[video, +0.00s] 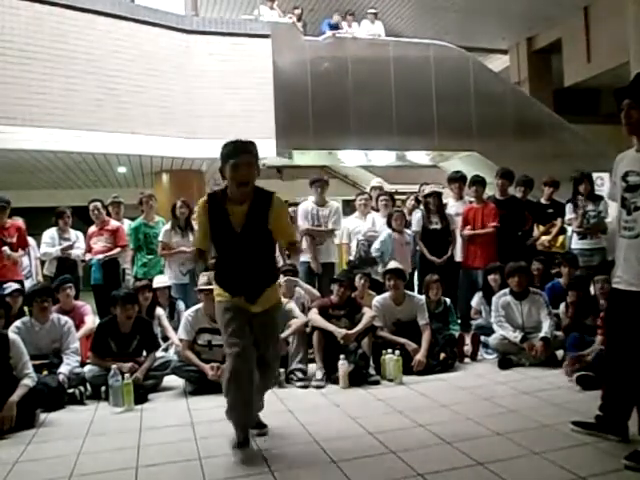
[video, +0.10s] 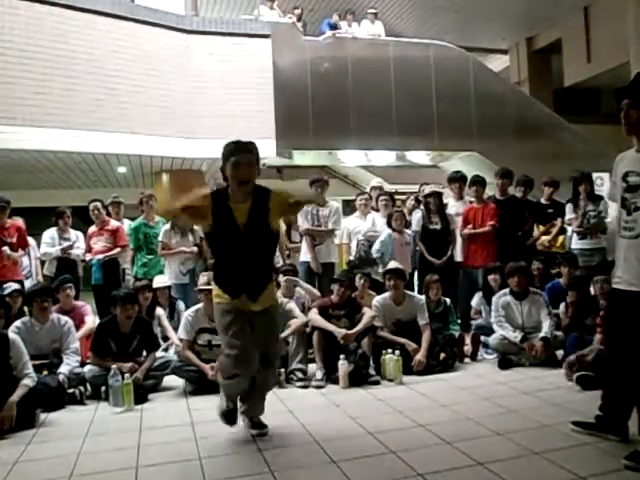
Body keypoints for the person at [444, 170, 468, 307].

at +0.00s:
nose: (457, 188)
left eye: (460, 184)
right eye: (454, 184)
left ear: (464, 186)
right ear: (449, 186)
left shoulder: (471, 204)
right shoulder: (444, 205)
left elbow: (474, 224)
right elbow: (441, 228)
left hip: (466, 255)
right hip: (449, 255)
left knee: (465, 292)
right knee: (449, 290)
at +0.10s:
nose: (457, 187)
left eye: (460, 184)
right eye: (453, 184)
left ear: (465, 186)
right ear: (449, 186)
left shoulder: (471, 204)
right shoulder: (445, 206)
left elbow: (474, 224)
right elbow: (441, 228)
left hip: (466, 255)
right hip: (448, 255)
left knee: (464, 292)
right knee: (448, 290)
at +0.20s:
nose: (458, 187)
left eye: (461, 184)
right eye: (454, 184)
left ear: (465, 185)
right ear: (450, 186)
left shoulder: (471, 204)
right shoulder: (445, 205)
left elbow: (475, 224)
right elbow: (441, 228)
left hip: (466, 255)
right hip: (449, 255)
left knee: (463, 292)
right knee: (447, 291)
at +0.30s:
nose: (458, 187)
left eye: (461, 184)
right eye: (455, 184)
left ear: (465, 185)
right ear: (450, 186)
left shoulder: (471, 204)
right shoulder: (445, 204)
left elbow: (475, 223)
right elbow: (441, 226)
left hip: (466, 255)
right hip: (449, 254)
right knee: (447, 291)